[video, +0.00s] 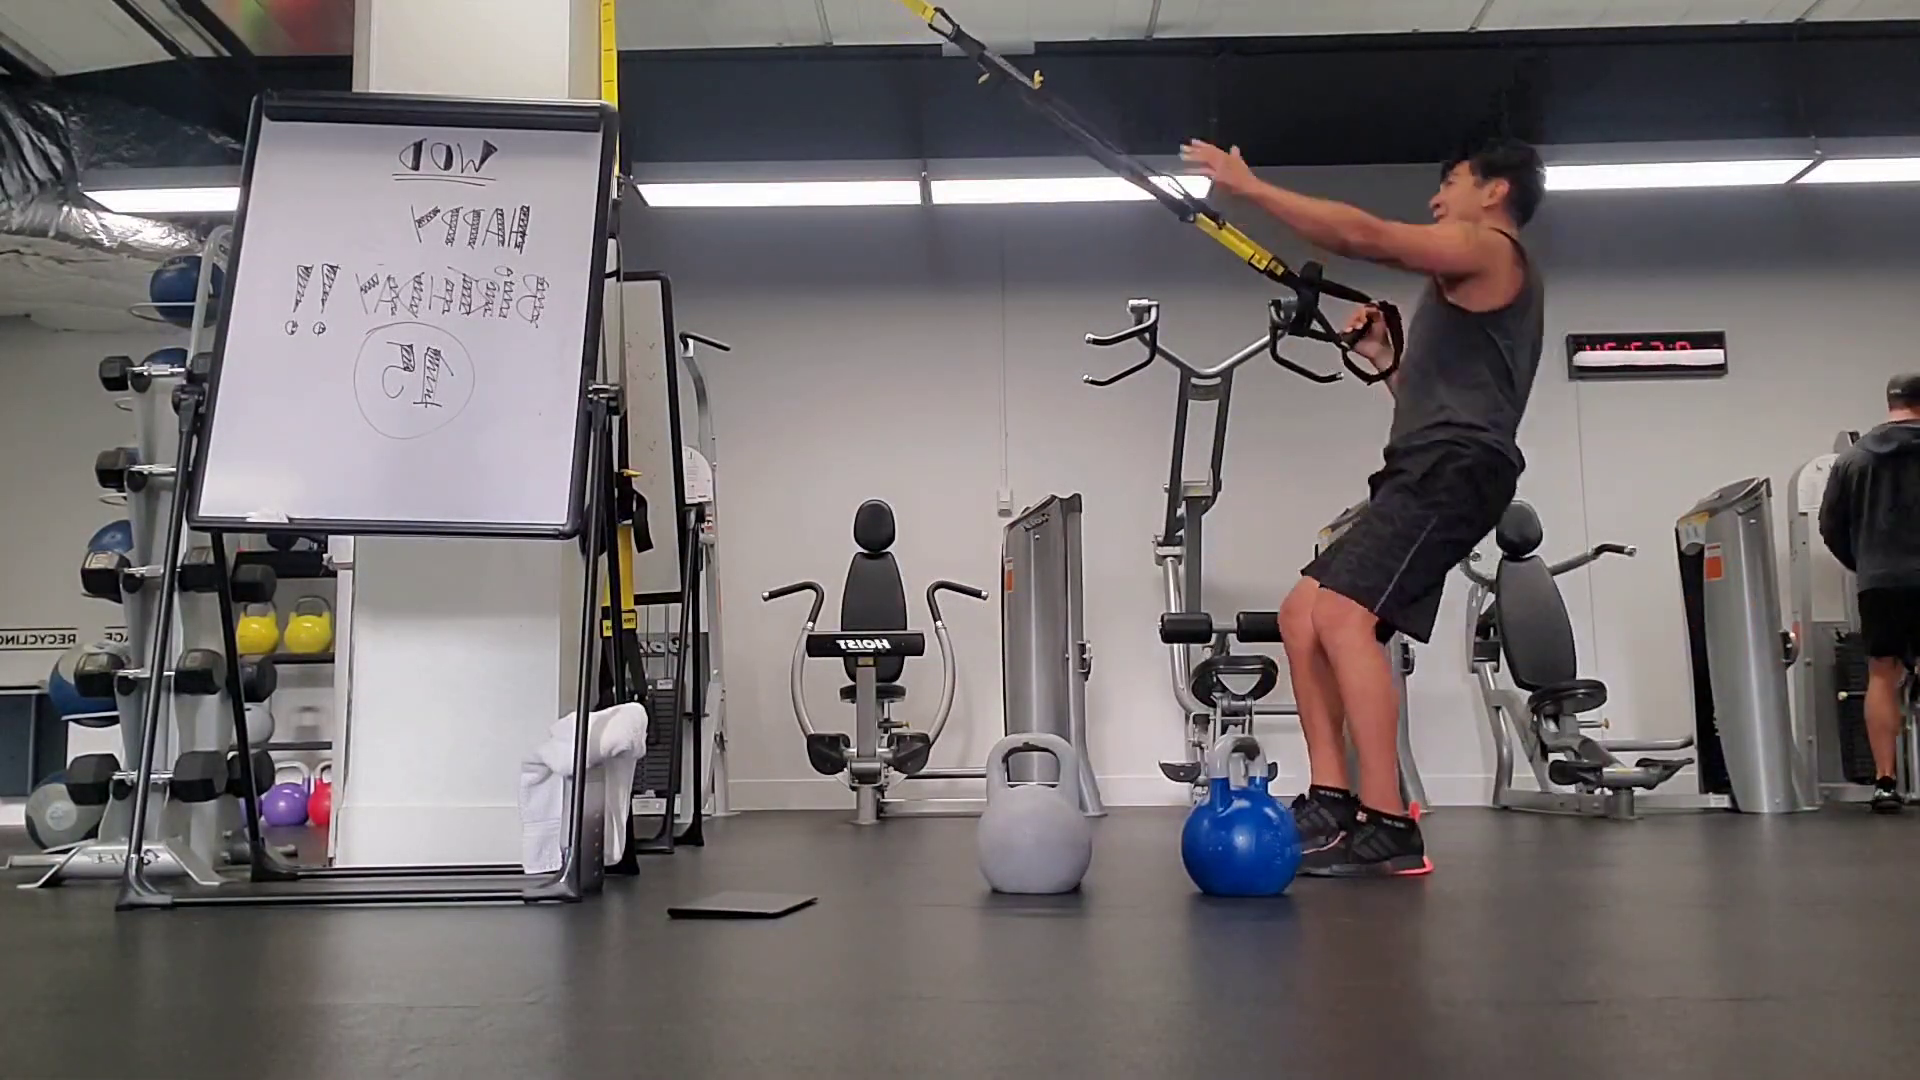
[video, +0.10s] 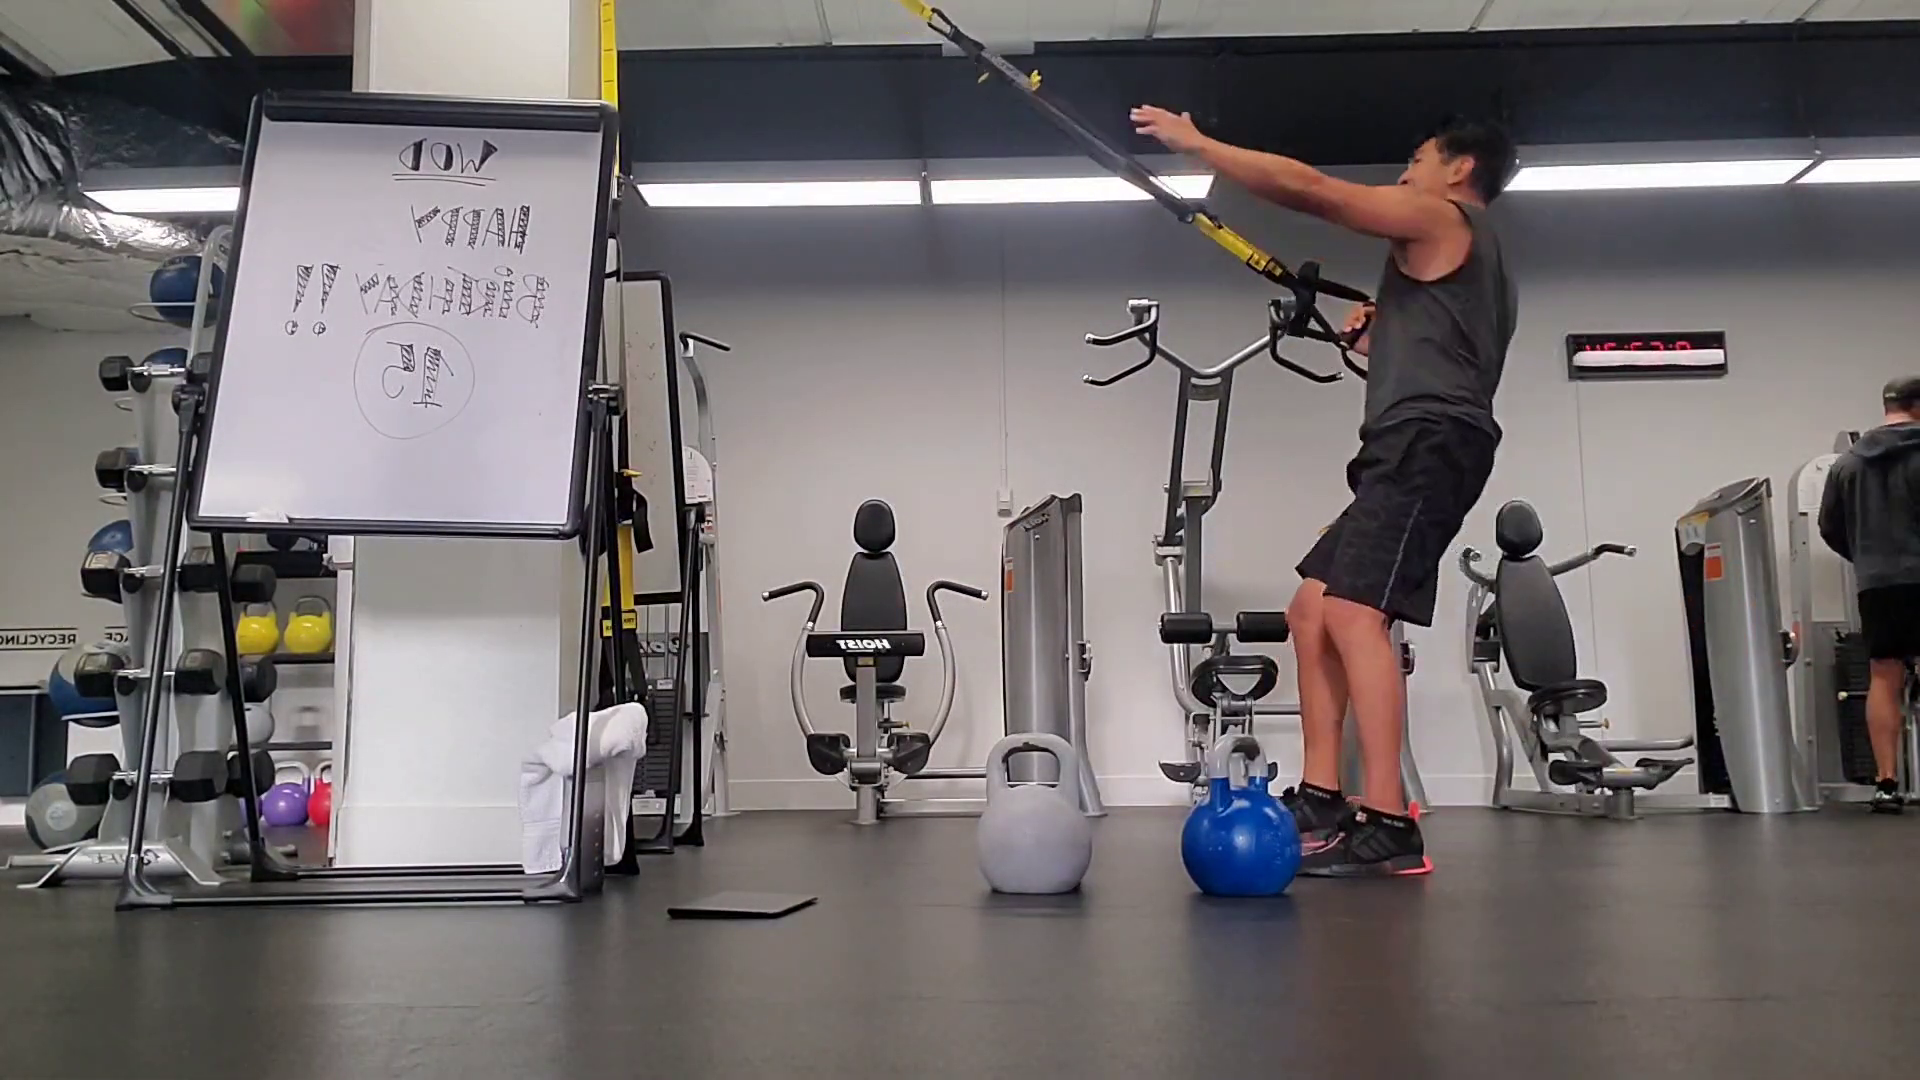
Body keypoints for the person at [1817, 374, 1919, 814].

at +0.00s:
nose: (1910, 412)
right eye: (1914, 404)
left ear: (1888, 405)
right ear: (1919, 405)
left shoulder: (1858, 456)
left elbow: (1831, 528)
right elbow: (1833, 528)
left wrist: (1869, 564)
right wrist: (1870, 567)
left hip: (1883, 585)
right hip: (1916, 581)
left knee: (1882, 674)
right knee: (1895, 675)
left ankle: (1885, 782)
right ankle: (1889, 779)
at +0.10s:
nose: (1919, 415)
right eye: (1919, 408)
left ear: (1885, 408)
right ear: (1915, 408)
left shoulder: (1853, 459)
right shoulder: (1917, 449)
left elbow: (1829, 527)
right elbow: (1832, 527)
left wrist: (1868, 557)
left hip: (1881, 586)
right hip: (1917, 580)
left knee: (1883, 677)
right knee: (1898, 676)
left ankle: (1886, 782)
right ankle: (1889, 780)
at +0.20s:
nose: (1919, 415)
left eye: (1911, 408)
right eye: (1918, 408)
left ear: (1883, 410)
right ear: (1913, 409)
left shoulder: (1852, 463)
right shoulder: (1917, 451)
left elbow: (1835, 532)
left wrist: (1870, 556)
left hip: (1876, 585)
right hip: (1916, 578)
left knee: (1883, 675)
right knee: (1903, 674)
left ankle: (1886, 783)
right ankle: (1909, 781)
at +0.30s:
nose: (1916, 418)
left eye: (1909, 410)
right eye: (1917, 411)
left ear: (1884, 412)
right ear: (1913, 411)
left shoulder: (1854, 463)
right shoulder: (1915, 451)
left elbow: (1843, 533)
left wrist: (1876, 555)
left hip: (1875, 581)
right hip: (1914, 577)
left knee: (1885, 676)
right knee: (1898, 674)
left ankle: (1885, 782)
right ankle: (1895, 780)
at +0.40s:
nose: (1915, 418)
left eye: (1908, 410)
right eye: (1917, 410)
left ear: (1892, 411)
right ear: (1917, 412)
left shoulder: (1861, 463)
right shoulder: (1916, 451)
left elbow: (1851, 530)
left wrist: (1882, 549)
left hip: (1877, 579)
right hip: (1912, 575)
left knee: (1887, 677)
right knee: (1894, 676)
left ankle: (1885, 780)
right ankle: (1890, 779)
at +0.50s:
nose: (1917, 419)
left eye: (1914, 410)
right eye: (1919, 411)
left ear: (1905, 412)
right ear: (1918, 413)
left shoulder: (1871, 465)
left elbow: (1862, 531)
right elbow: (1864, 531)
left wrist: (1891, 549)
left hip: (1887, 581)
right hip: (1912, 577)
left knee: (1889, 678)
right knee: (1892, 678)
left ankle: (1885, 781)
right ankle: (1886, 780)